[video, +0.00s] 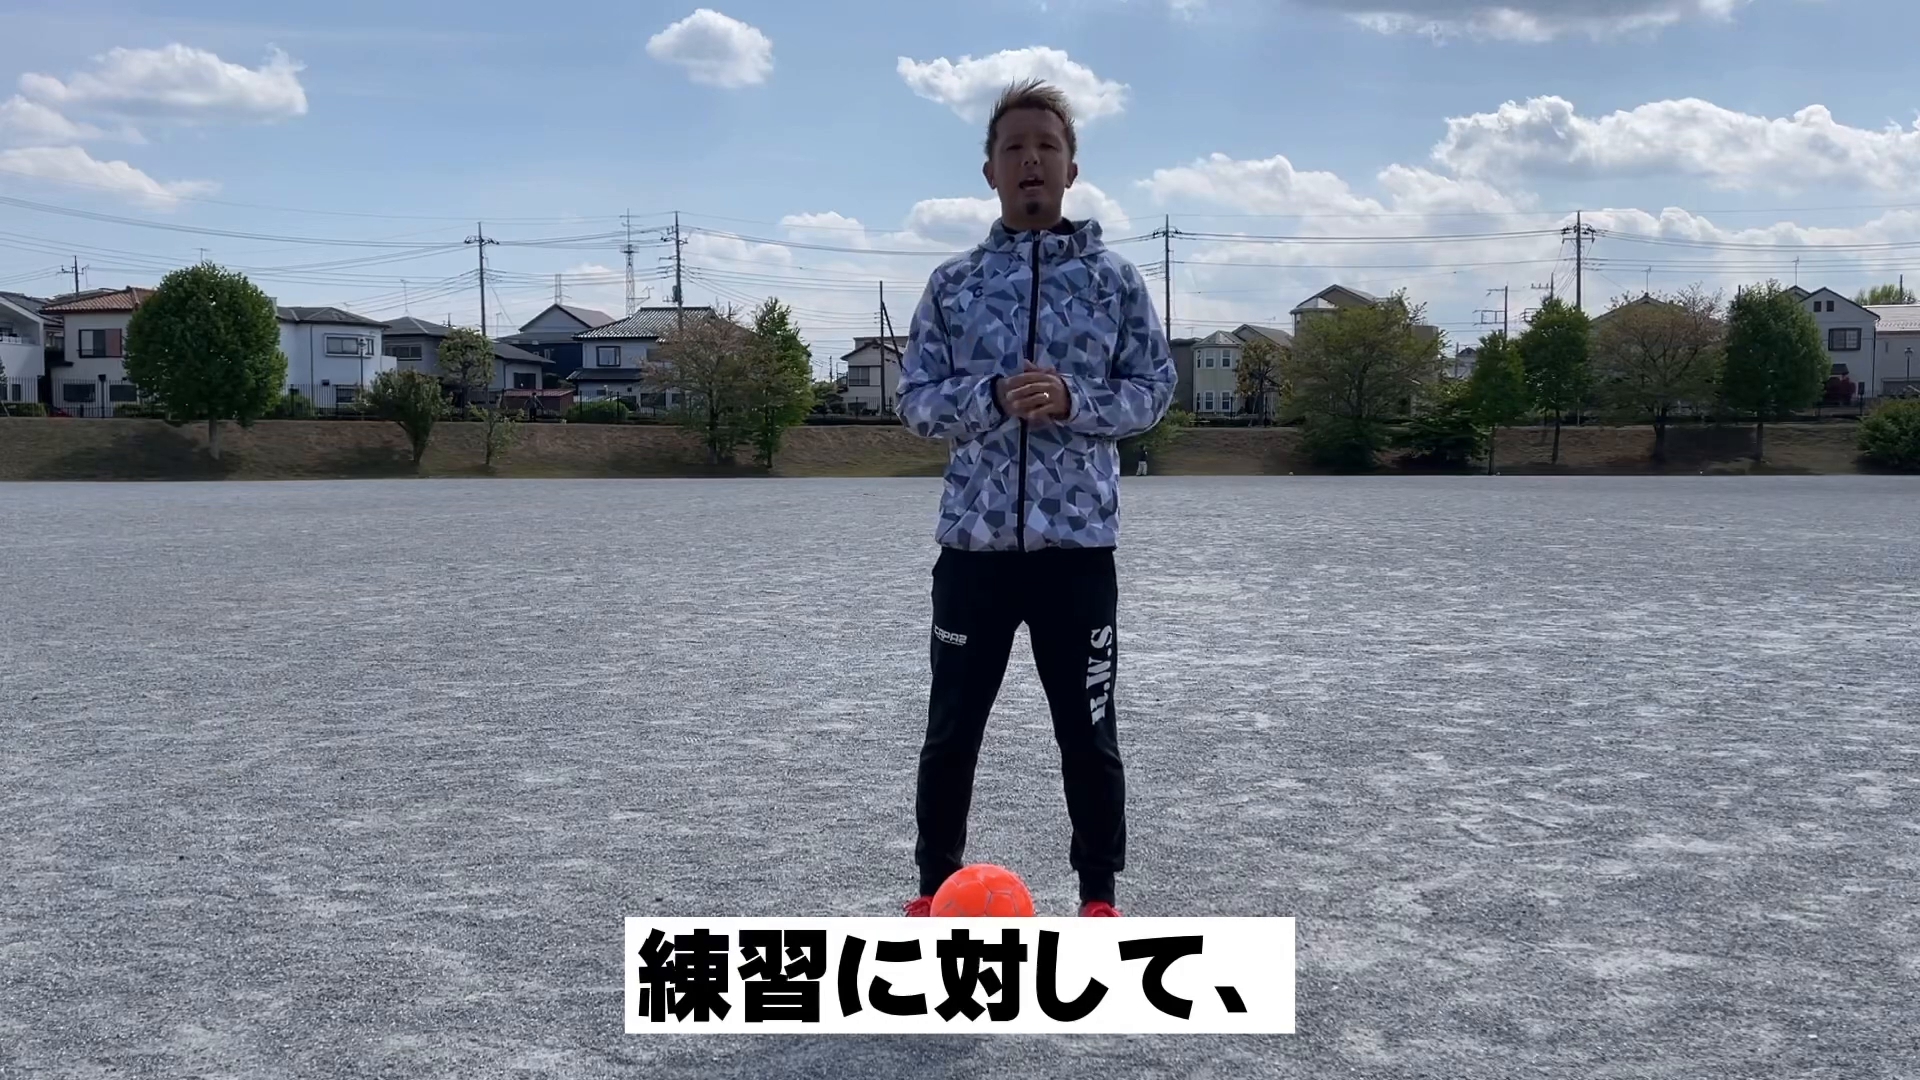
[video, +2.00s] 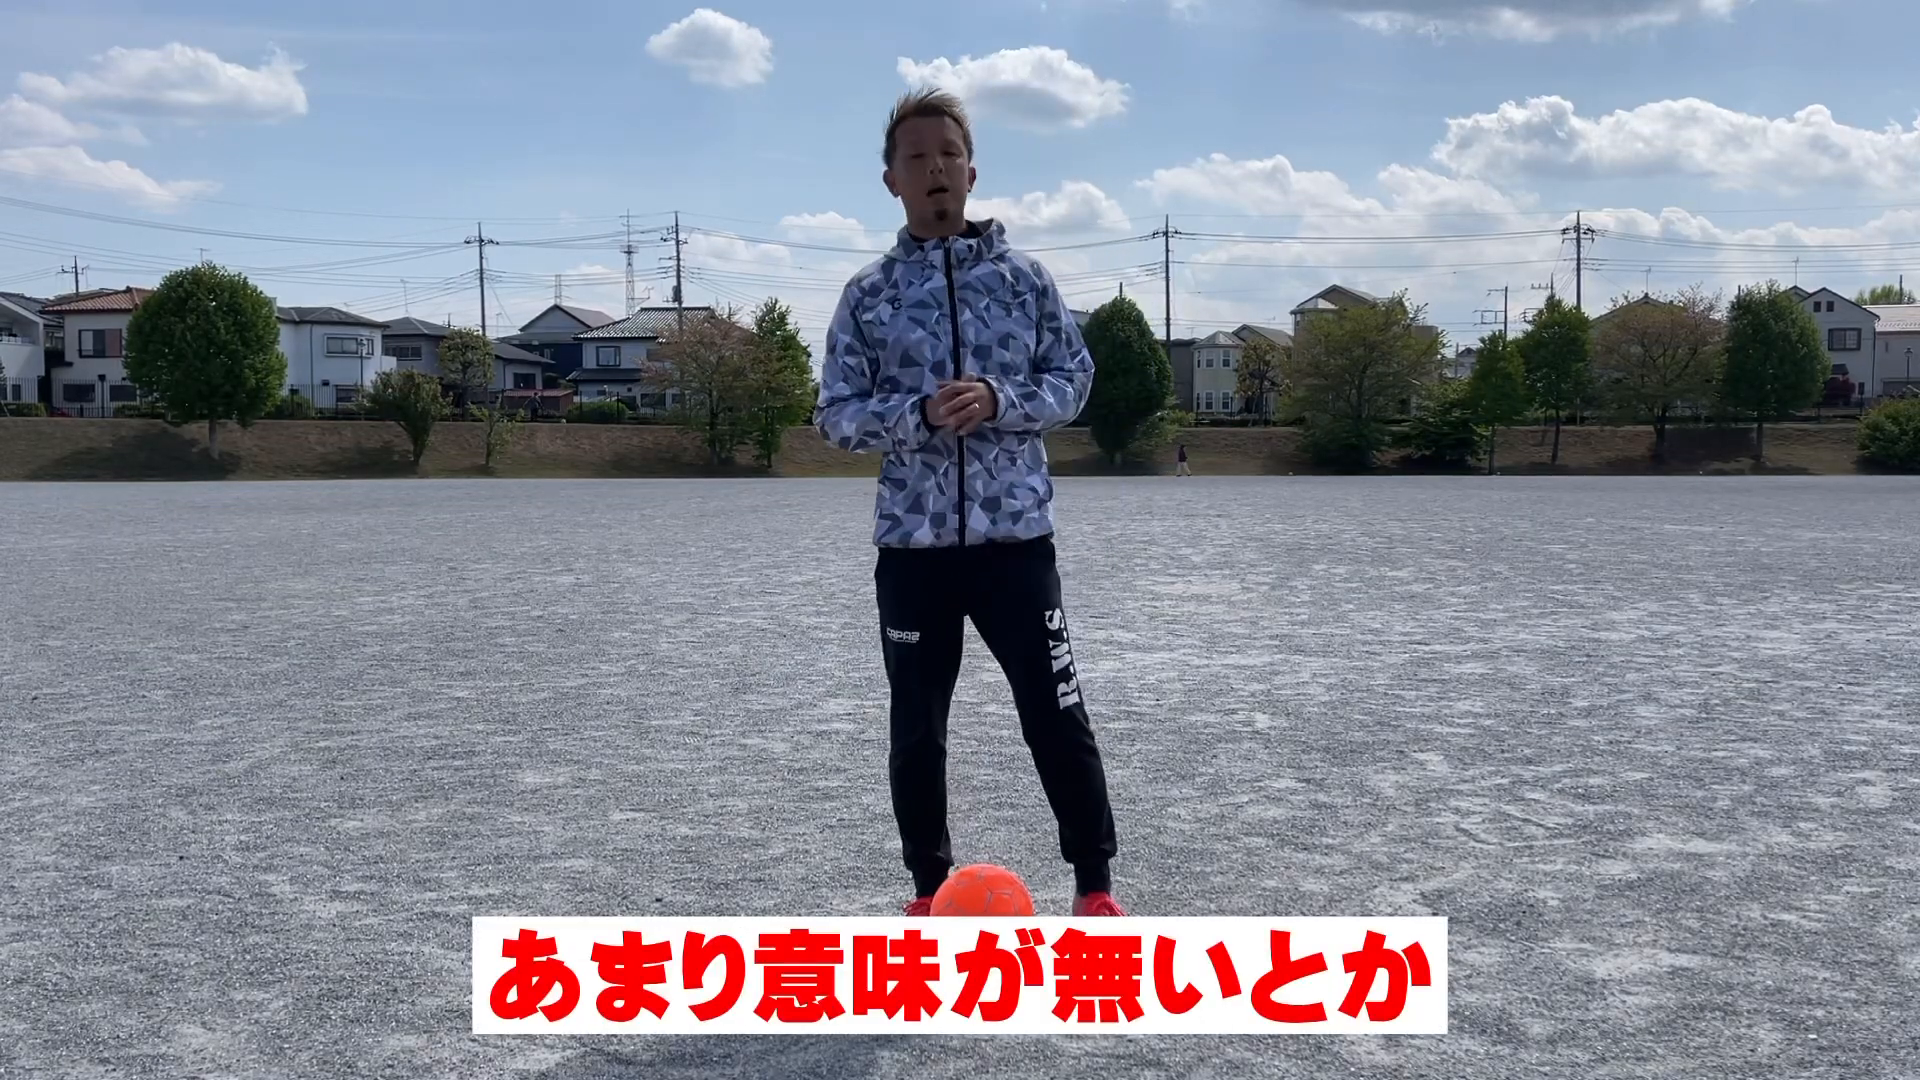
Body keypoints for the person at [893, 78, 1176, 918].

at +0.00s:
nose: (1031, 162)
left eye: (1048, 147)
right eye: (1014, 148)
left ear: (1071, 167)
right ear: (991, 169)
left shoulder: (1115, 281)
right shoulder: (953, 284)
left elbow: (1151, 392)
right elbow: (919, 399)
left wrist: (1077, 402)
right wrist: (990, 397)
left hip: (1075, 539)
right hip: (974, 538)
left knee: (1087, 728)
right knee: (951, 727)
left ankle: (1098, 898)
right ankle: (933, 895)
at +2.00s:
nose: (936, 169)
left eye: (948, 153)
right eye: (916, 156)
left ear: (971, 167)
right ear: (891, 178)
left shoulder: (1023, 279)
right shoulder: (867, 295)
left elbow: (1073, 384)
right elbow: (836, 414)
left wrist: (1002, 399)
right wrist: (918, 414)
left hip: (1012, 535)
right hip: (913, 540)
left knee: (1055, 708)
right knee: (916, 723)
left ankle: (1094, 886)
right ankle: (927, 892)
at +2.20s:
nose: (914, 176)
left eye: (927, 159)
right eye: (893, 165)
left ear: (947, 168)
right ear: (868, 184)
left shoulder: (1001, 267)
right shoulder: (851, 298)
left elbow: (1060, 364)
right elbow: (835, 425)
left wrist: (1000, 402)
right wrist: (920, 421)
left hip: (1011, 531)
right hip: (911, 542)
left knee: (1066, 702)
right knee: (916, 726)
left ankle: (1111, 879)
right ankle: (929, 892)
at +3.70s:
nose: (1117, 167)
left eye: (1134, 155)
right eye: (1102, 151)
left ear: (1155, 174)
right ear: (1074, 162)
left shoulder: (1177, 294)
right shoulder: (1017, 271)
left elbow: (1204, 410)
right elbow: (965, 383)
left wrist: (1124, 416)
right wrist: (1040, 400)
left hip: (1106, 539)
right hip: (1005, 526)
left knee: (1098, 726)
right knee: (965, 670)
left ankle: (1090, 901)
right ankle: (1009, 798)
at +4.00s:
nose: (1095, 167)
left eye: (1113, 153)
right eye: (1080, 150)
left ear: (1135, 168)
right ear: (1054, 161)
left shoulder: (1166, 280)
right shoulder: (1008, 273)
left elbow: (1208, 392)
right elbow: (963, 387)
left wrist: (1121, 411)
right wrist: (1033, 411)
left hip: (1108, 541)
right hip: (1007, 529)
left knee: (1102, 732)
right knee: (968, 672)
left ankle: (1093, 910)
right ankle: (1020, 794)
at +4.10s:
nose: (1086, 167)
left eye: (1105, 153)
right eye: (1071, 150)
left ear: (1130, 168)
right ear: (1047, 161)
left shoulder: (1161, 281)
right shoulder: (1003, 273)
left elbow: (1207, 391)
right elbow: (958, 386)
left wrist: (1114, 412)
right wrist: (1022, 412)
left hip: (1102, 540)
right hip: (1001, 527)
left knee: (1101, 732)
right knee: (958, 665)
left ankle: (1093, 910)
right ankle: (1015, 790)